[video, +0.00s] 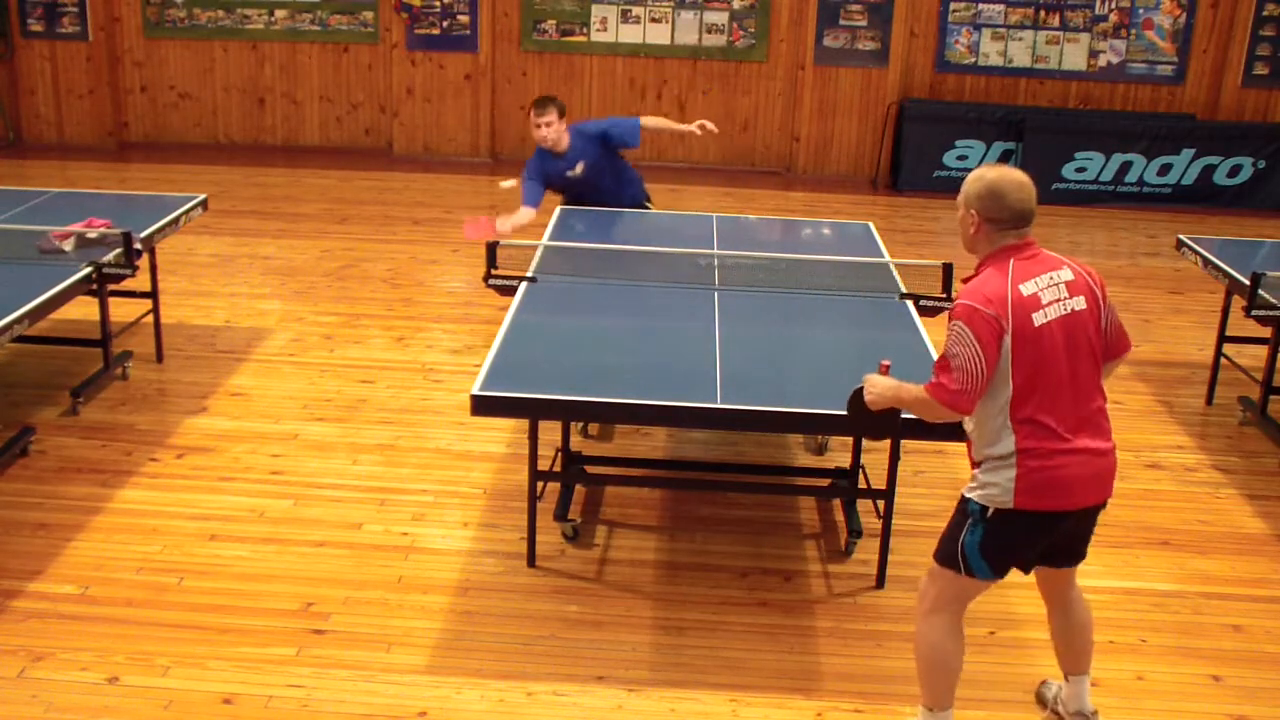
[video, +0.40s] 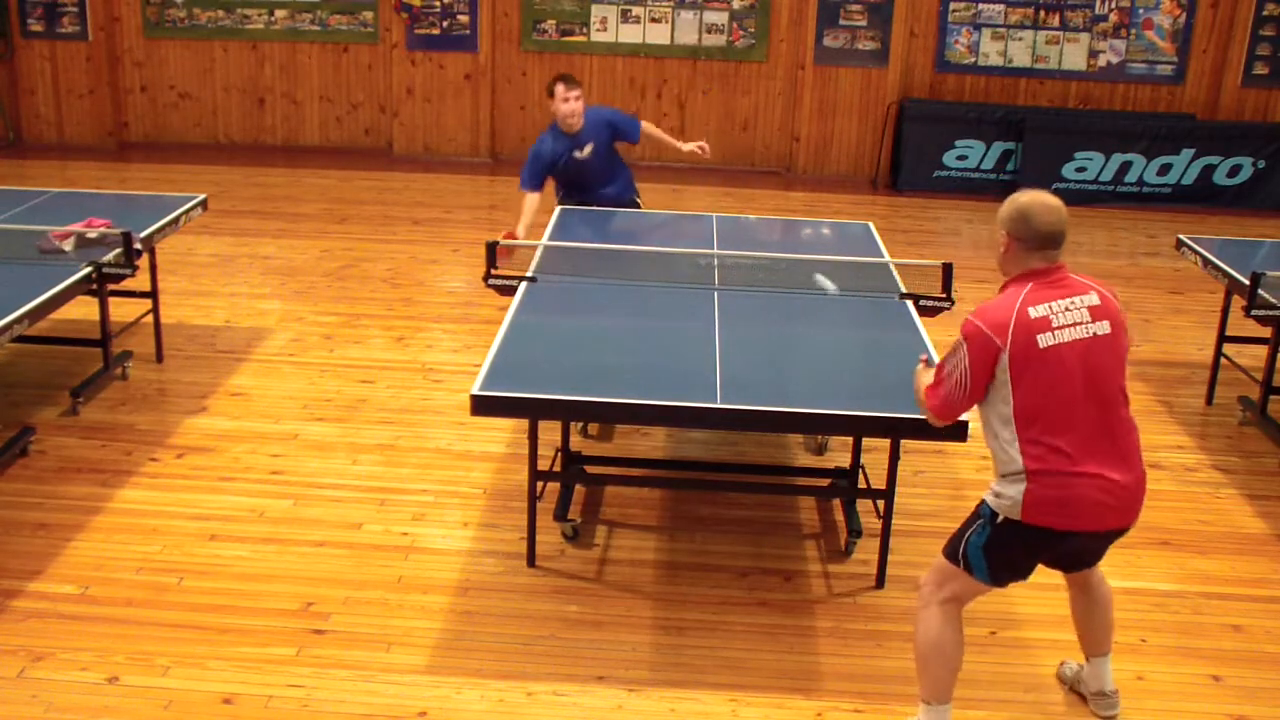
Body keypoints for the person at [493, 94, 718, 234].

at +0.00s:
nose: (543, 133)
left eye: (548, 125)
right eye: (537, 127)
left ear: (563, 124)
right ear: (531, 129)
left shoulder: (592, 133)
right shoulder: (537, 166)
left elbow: (643, 124)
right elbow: (528, 210)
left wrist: (686, 128)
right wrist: (504, 225)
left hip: (632, 207)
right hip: (588, 215)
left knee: (646, 259)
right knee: (585, 263)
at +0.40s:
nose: (572, 107)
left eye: (577, 99)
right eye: (565, 100)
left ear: (583, 100)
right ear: (552, 105)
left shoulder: (603, 120)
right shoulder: (546, 148)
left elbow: (643, 129)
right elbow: (532, 190)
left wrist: (680, 146)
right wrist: (520, 230)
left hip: (622, 203)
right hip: (578, 209)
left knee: (633, 258)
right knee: (578, 262)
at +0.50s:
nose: (591, 86)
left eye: (595, 79)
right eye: (584, 80)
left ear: (602, 80)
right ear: (570, 84)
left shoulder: (623, 106)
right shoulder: (560, 126)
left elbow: (659, 125)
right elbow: (546, 165)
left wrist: (694, 152)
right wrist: (535, 196)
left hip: (625, 183)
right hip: (584, 187)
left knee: (642, 237)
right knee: (567, 236)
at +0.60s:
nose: (606, 68)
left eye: (610, 61)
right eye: (599, 62)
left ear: (615, 63)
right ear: (585, 67)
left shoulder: (636, 92)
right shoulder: (574, 105)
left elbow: (671, 117)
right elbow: (558, 141)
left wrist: (693, 147)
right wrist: (551, 169)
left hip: (631, 175)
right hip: (589, 176)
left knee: (646, 233)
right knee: (570, 224)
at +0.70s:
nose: (613, 53)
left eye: (617, 47)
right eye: (606, 48)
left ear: (623, 49)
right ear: (592, 52)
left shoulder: (641, 79)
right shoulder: (579, 89)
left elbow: (670, 109)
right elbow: (561, 127)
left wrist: (683, 140)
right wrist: (563, 156)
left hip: (634, 165)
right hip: (593, 166)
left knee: (651, 223)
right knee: (570, 213)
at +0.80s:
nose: (616, 49)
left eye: (620, 43)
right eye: (609, 44)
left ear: (624, 45)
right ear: (595, 48)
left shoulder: (643, 76)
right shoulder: (581, 84)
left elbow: (665, 106)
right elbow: (562, 124)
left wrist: (673, 139)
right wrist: (573, 151)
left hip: (632, 159)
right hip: (592, 158)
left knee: (648, 208)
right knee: (570, 207)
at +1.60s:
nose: (566, 107)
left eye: (571, 100)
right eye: (560, 101)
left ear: (578, 102)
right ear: (548, 104)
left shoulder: (589, 120)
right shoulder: (537, 136)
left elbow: (601, 138)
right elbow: (516, 180)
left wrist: (611, 165)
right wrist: (525, 211)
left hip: (574, 177)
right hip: (539, 178)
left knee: (599, 220)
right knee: (524, 219)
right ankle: (487, 273)